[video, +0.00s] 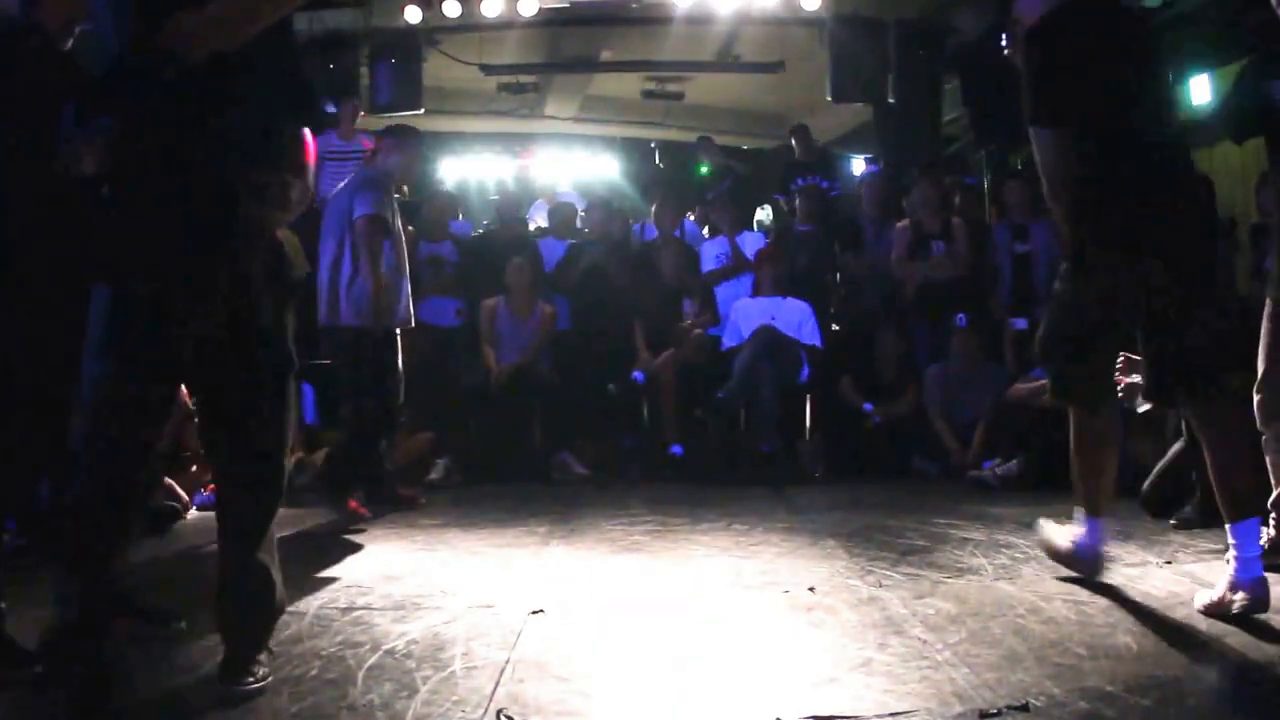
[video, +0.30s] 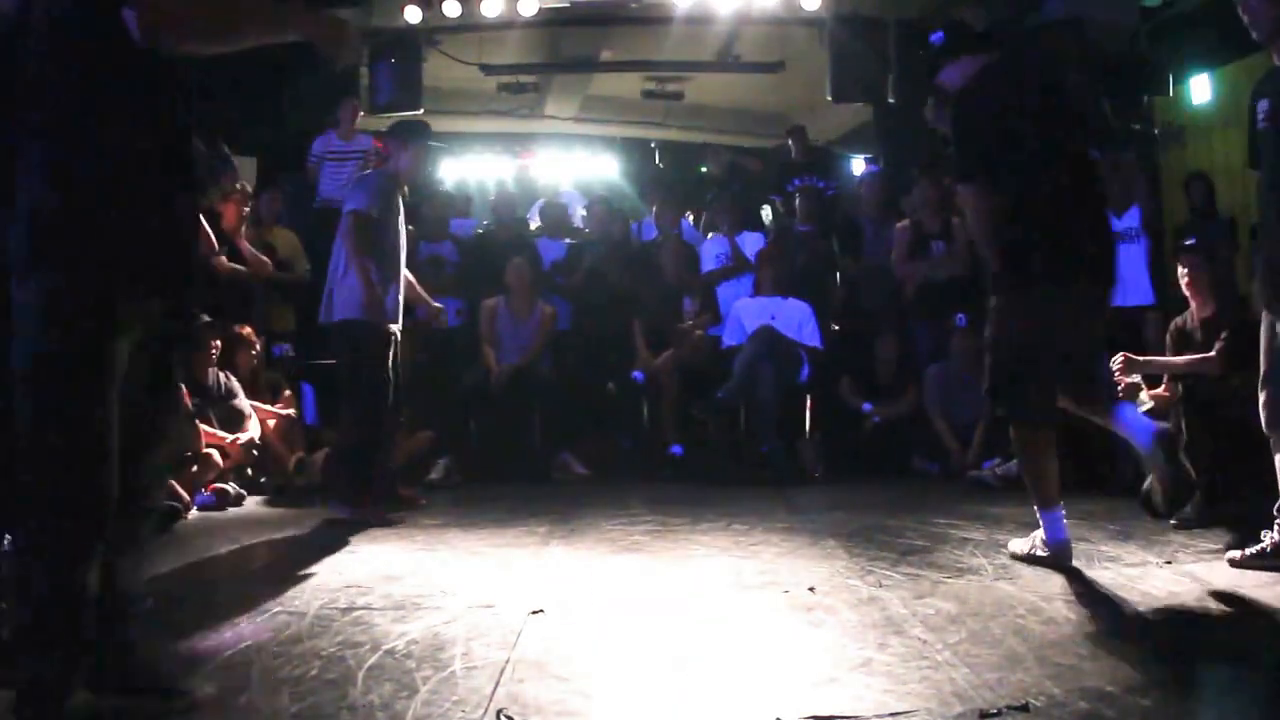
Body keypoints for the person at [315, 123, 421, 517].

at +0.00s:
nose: (415, 166)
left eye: (417, 157)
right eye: (411, 156)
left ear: (383, 151)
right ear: (388, 150)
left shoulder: (359, 186)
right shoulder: (372, 185)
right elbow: (368, 232)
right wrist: (376, 284)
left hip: (358, 315)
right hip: (366, 316)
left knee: (372, 406)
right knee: (373, 406)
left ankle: (379, 483)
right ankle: (346, 484)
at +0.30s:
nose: (421, 161)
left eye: (423, 153)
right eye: (417, 151)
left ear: (405, 152)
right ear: (394, 148)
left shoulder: (390, 194)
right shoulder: (370, 184)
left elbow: (393, 261)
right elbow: (356, 238)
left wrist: (427, 302)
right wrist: (372, 289)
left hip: (380, 318)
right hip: (359, 315)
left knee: (380, 406)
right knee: (367, 406)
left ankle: (378, 488)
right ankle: (358, 494)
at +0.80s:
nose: (397, 154)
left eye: (399, 147)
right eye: (389, 146)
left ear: (399, 153)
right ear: (366, 148)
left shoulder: (402, 203)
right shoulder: (336, 188)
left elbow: (407, 261)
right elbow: (304, 243)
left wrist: (417, 310)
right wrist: (292, 303)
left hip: (377, 325)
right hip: (330, 321)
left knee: (385, 407)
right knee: (320, 412)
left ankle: (381, 486)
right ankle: (312, 495)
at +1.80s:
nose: (346, 121)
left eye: (352, 116)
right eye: (338, 113)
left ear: (359, 127)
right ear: (316, 122)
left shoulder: (370, 167)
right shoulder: (292, 168)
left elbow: (415, 132)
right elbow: (270, 238)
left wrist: (450, 94)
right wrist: (258, 292)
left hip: (346, 308)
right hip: (292, 305)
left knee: (344, 414)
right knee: (280, 400)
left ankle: (342, 508)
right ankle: (296, 480)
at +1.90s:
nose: (349, 119)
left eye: (354, 112)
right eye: (340, 110)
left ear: (359, 121)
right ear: (317, 118)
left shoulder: (370, 165)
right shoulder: (287, 166)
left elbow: (418, 129)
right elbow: (259, 232)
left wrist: (458, 92)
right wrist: (249, 286)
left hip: (345, 305)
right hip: (289, 301)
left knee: (342, 413)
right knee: (283, 406)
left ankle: (342, 509)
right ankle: (293, 486)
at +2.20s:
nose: (340, 118)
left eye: (340, 110)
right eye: (329, 109)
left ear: (341, 116)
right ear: (300, 117)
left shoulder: (359, 167)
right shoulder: (271, 177)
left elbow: (403, 206)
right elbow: (255, 251)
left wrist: (447, 257)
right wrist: (262, 313)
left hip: (347, 314)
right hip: (291, 314)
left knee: (345, 418)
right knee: (289, 421)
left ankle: (342, 511)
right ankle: (290, 512)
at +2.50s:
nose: (362, 134)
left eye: (363, 125)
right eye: (357, 124)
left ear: (344, 124)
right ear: (332, 120)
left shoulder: (339, 173)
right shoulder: (298, 170)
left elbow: (340, 249)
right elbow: (288, 249)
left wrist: (354, 307)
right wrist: (293, 317)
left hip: (339, 315)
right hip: (300, 316)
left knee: (359, 402)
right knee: (294, 416)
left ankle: (339, 493)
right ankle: (290, 514)